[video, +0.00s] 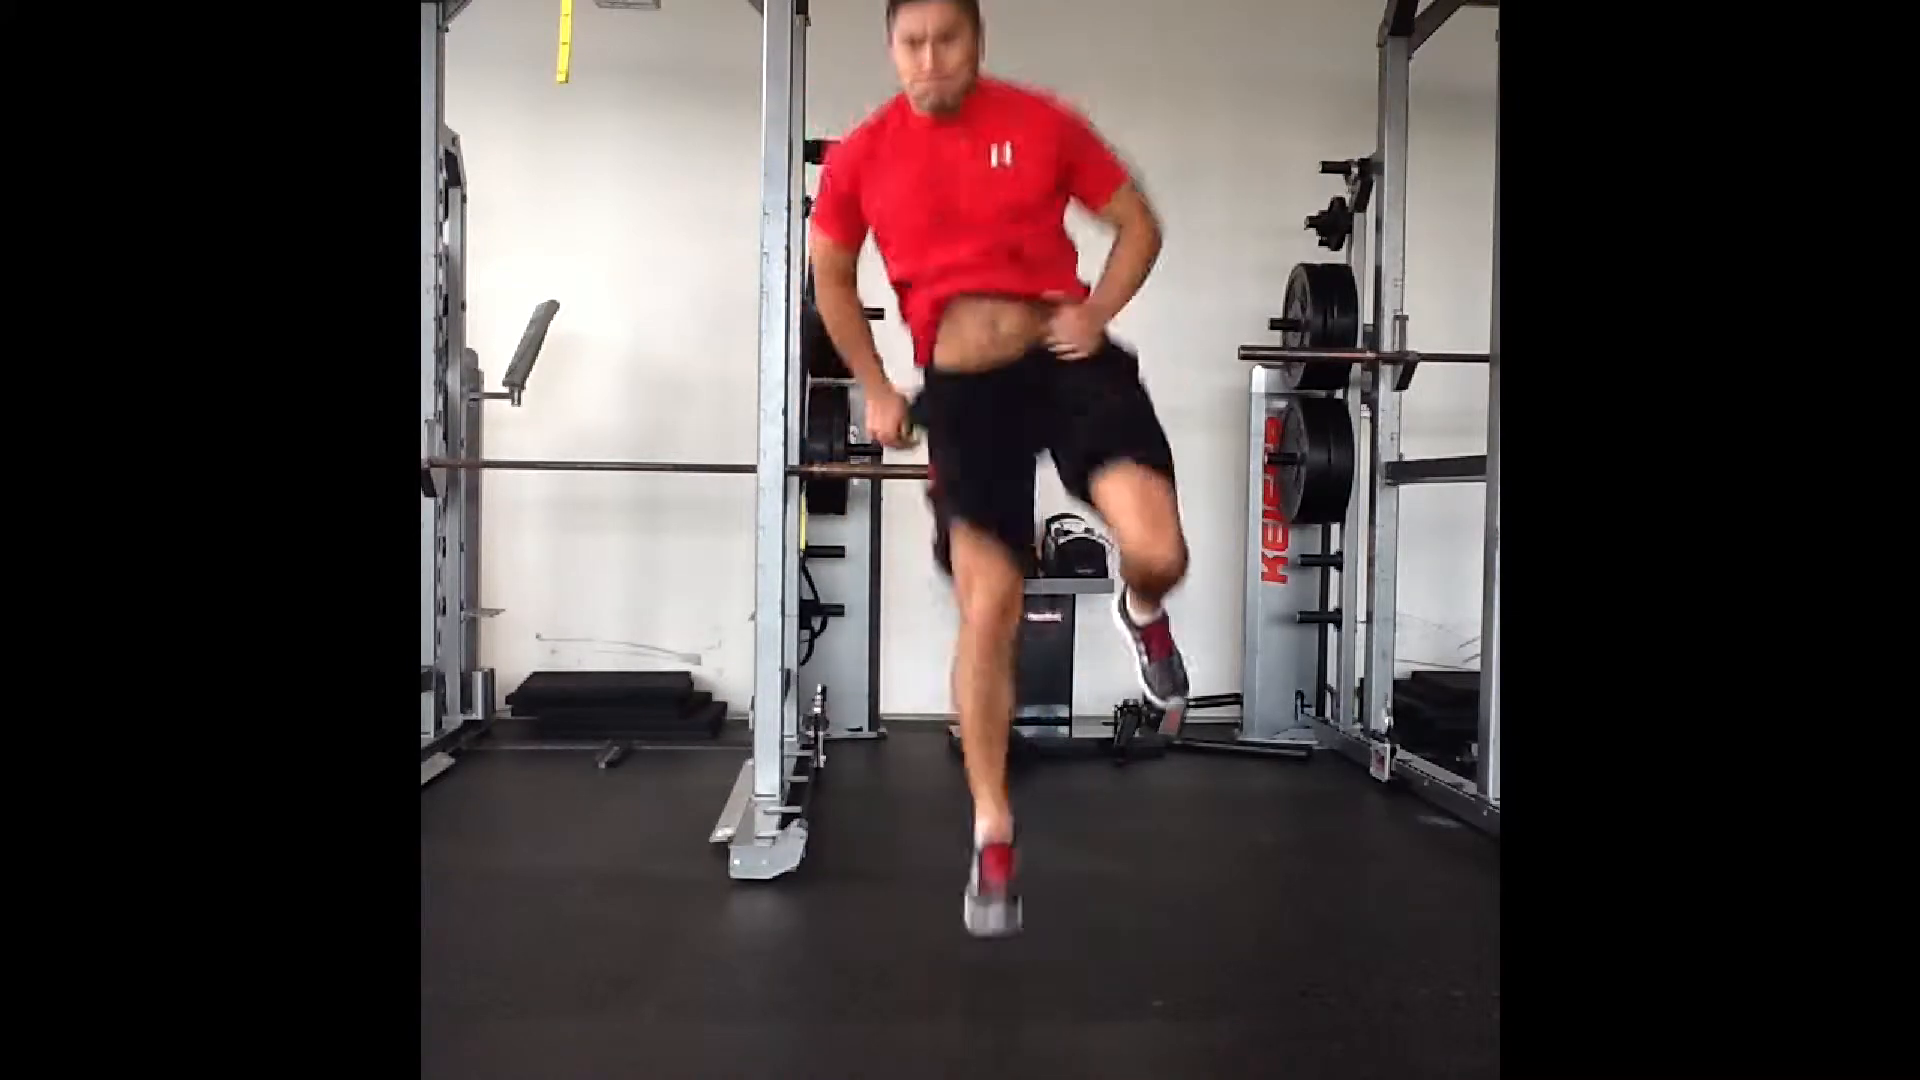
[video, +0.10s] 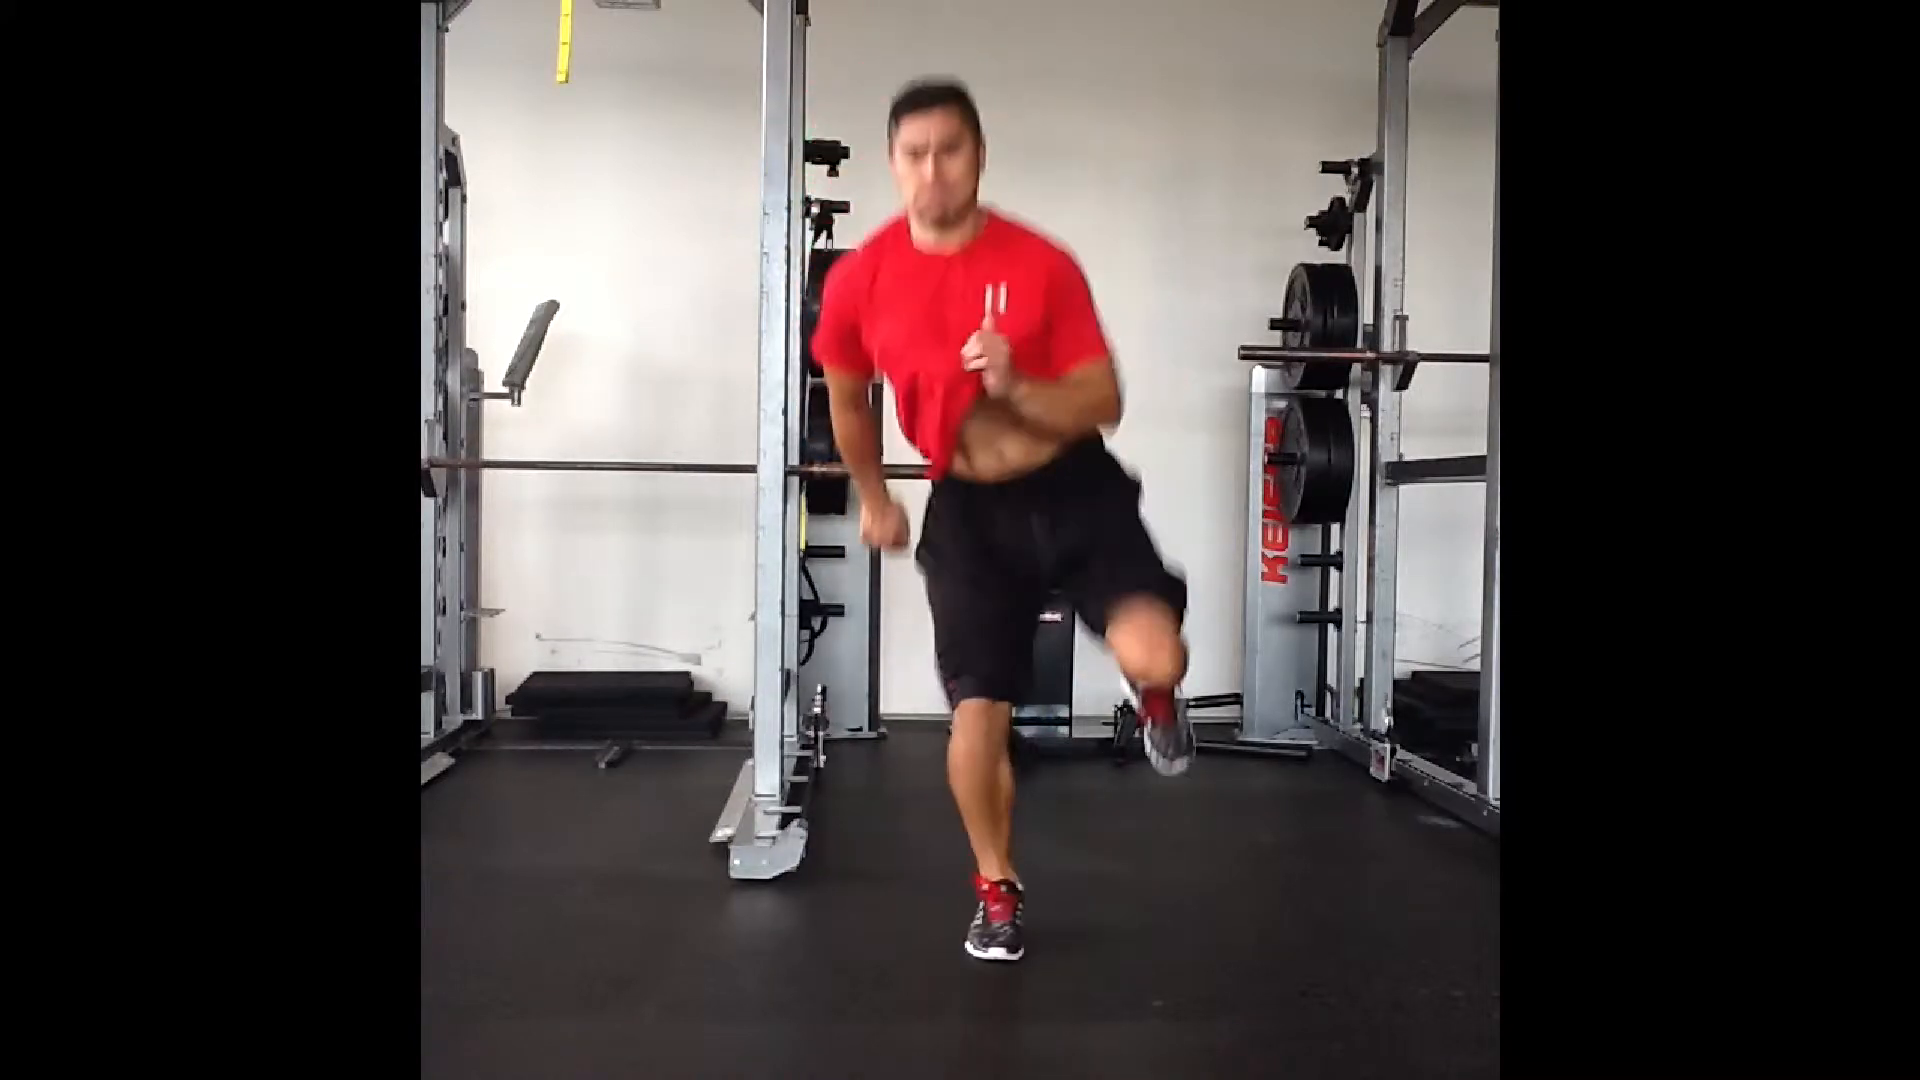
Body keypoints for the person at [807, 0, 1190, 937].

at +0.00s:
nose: (929, 60)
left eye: (945, 40)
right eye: (913, 43)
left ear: (978, 39)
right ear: (892, 49)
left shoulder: (1043, 125)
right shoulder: (860, 154)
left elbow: (1140, 224)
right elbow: (830, 274)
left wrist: (1099, 311)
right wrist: (875, 386)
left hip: (1072, 367)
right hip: (965, 394)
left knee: (1160, 555)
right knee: (989, 605)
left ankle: (1141, 616)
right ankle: (992, 835)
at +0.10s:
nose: (931, 171)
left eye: (948, 152)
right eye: (914, 155)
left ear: (979, 159)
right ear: (894, 168)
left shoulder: (1041, 266)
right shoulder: (860, 281)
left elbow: (1102, 400)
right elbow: (845, 388)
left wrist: (1016, 389)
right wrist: (872, 494)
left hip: (1074, 485)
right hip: (967, 508)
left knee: (1156, 655)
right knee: (979, 708)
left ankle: (1155, 698)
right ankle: (996, 888)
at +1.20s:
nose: (961, 110)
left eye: (979, 90)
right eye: (942, 91)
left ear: (1008, 101)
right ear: (918, 105)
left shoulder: (1071, 218)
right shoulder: (877, 229)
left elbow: (1121, 358)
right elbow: (862, 368)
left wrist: (1091, 479)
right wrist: (871, 488)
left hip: (1071, 491)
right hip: (956, 498)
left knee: (1101, 671)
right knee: (972, 696)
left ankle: (1113, 737)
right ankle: (994, 883)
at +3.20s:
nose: (1014, 154)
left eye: (1030, 137)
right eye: (999, 138)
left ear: (1056, 146)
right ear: (979, 148)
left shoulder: (1108, 253)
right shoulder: (938, 254)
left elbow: (1141, 379)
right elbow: (914, 378)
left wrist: (1131, 497)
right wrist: (924, 493)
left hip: (1090, 505)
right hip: (988, 507)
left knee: (1098, 669)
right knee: (1008, 681)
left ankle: (1073, 726)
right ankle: (1024, 841)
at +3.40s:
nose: (1012, 195)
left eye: (1028, 178)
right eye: (996, 178)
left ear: (1054, 190)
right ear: (975, 190)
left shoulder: (1103, 296)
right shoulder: (932, 288)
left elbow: (1137, 422)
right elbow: (916, 379)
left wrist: (1079, 439)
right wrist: (923, 472)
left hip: (1083, 526)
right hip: (983, 529)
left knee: (1091, 671)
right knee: (1007, 679)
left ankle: (1058, 695)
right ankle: (1023, 839)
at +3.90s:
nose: (994, 226)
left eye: (1009, 210)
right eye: (978, 212)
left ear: (1035, 222)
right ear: (955, 227)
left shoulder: (1094, 316)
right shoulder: (925, 342)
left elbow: (1141, 423)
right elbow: (922, 479)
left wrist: (1174, 508)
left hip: (1082, 529)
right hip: (982, 545)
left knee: (1078, 674)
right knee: (1006, 695)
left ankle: (1076, 769)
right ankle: (1024, 843)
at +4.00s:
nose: (997, 173)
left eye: (1012, 157)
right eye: (981, 159)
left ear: (1037, 164)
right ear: (958, 168)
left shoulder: (1091, 240)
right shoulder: (929, 250)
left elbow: (1171, 277)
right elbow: (890, 315)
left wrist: (1211, 319)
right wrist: (928, 319)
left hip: (1077, 445)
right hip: (983, 480)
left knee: (1070, 505)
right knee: (1001, 671)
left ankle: (1129, 668)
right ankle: (1023, 840)